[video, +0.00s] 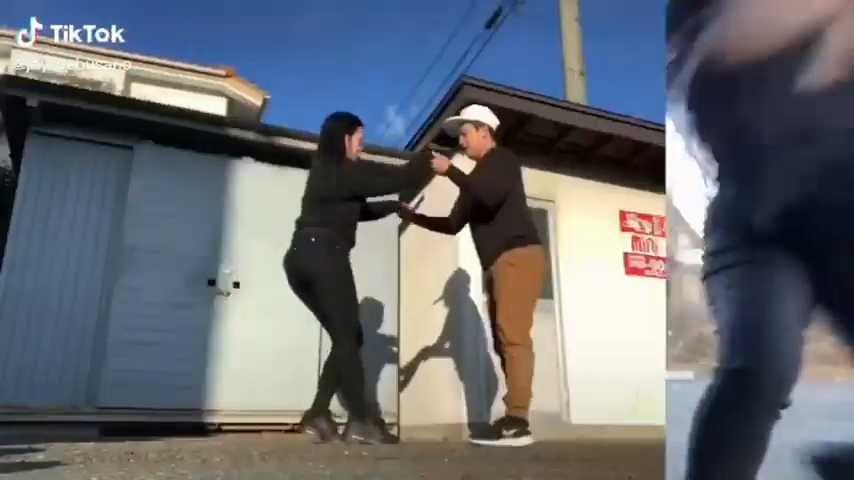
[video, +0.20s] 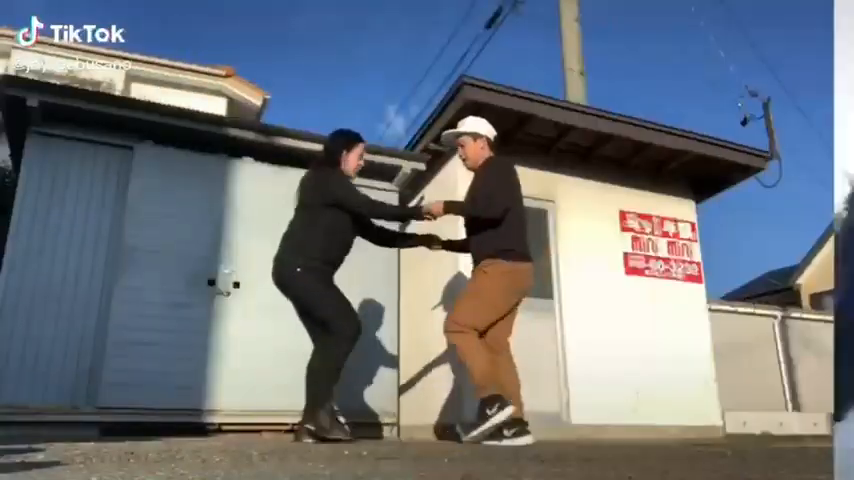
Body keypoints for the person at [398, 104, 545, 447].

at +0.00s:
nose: (461, 141)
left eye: (466, 133)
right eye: (460, 135)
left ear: (485, 131)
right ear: (475, 135)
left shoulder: (500, 159)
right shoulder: (478, 176)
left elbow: (486, 196)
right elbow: (452, 225)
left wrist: (451, 171)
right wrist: (414, 216)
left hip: (518, 256)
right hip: (498, 262)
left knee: (514, 337)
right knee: (504, 340)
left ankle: (516, 419)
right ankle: (514, 418)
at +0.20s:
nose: (460, 153)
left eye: (463, 145)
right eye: (458, 147)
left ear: (482, 142)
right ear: (480, 146)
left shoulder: (495, 169)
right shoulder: (492, 177)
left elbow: (491, 211)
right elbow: (485, 240)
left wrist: (448, 206)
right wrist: (446, 245)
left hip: (501, 267)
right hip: (512, 268)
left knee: (459, 327)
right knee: (495, 342)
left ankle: (492, 401)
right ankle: (514, 422)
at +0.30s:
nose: (457, 159)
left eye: (461, 151)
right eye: (456, 153)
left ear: (480, 148)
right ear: (477, 151)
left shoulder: (490, 175)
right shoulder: (493, 183)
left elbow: (469, 215)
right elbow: (476, 249)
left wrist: (422, 218)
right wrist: (437, 252)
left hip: (496, 272)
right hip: (510, 275)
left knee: (447, 327)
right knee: (483, 345)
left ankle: (452, 412)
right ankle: (512, 422)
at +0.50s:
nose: (448, 162)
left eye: (451, 155)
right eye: (447, 157)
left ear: (470, 153)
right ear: (466, 155)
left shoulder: (481, 180)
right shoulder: (474, 185)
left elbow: (450, 220)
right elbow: (469, 242)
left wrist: (401, 222)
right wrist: (439, 250)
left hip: (485, 270)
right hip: (468, 271)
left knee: (460, 346)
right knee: (437, 344)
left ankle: (424, 420)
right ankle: (491, 406)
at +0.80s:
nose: (450, 162)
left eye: (452, 154)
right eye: (448, 156)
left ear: (469, 149)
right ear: (467, 152)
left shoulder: (488, 173)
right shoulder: (478, 185)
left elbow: (490, 216)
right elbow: (464, 244)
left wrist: (446, 213)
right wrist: (424, 236)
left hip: (486, 269)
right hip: (488, 272)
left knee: (444, 336)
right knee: (453, 339)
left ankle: (425, 417)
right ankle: (474, 414)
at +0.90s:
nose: (456, 159)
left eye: (458, 151)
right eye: (454, 154)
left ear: (476, 145)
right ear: (474, 149)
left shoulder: (497, 168)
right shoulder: (481, 186)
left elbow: (507, 210)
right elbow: (457, 239)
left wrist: (461, 207)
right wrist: (419, 224)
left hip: (490, 267)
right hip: (504, 272)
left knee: (440, 321)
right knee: (472, 341)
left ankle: (471, 400)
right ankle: (479, 418)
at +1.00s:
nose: (465, 159)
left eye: (467, 152)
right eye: (463, 154)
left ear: (485, 146)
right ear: (482, 150)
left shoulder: (505, 170)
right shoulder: (487, 187)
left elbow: (515, 211)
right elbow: (461, 237)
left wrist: (470, 211)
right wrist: (423, 225)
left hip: (501, 270)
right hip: (503, 272)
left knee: (458, 331)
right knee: (483, 343)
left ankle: (514, 385)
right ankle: (481, 420)